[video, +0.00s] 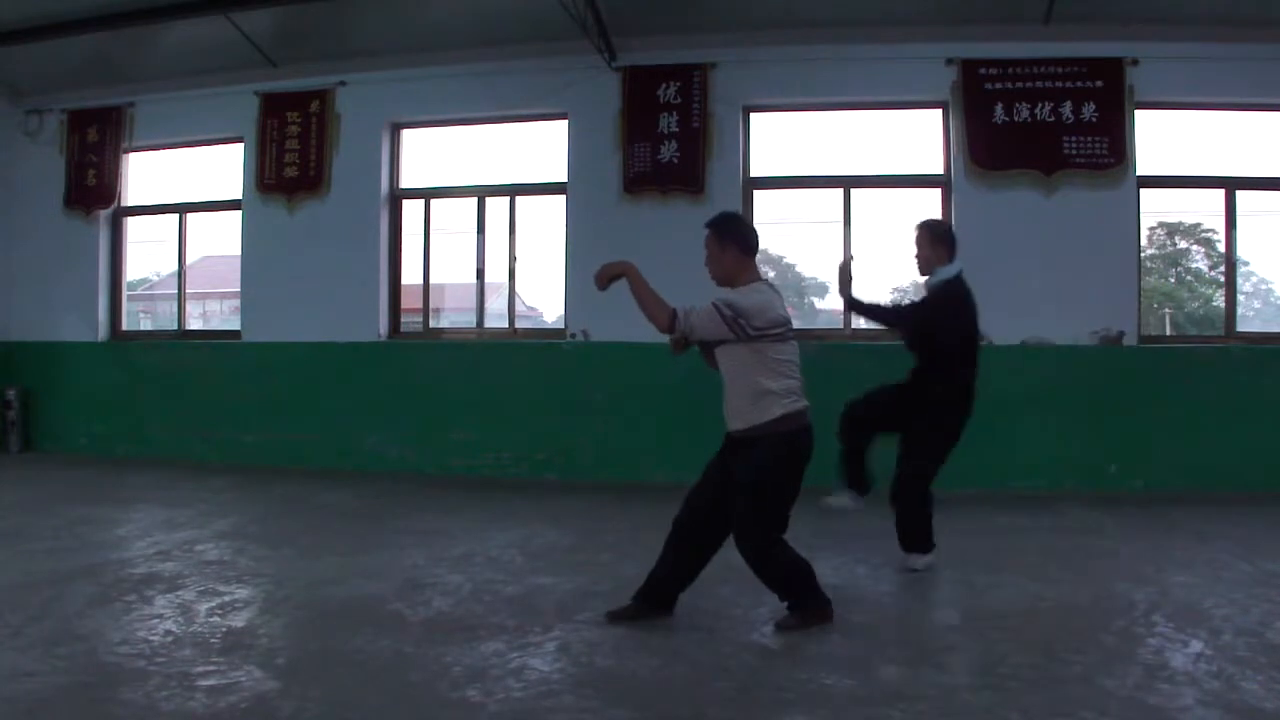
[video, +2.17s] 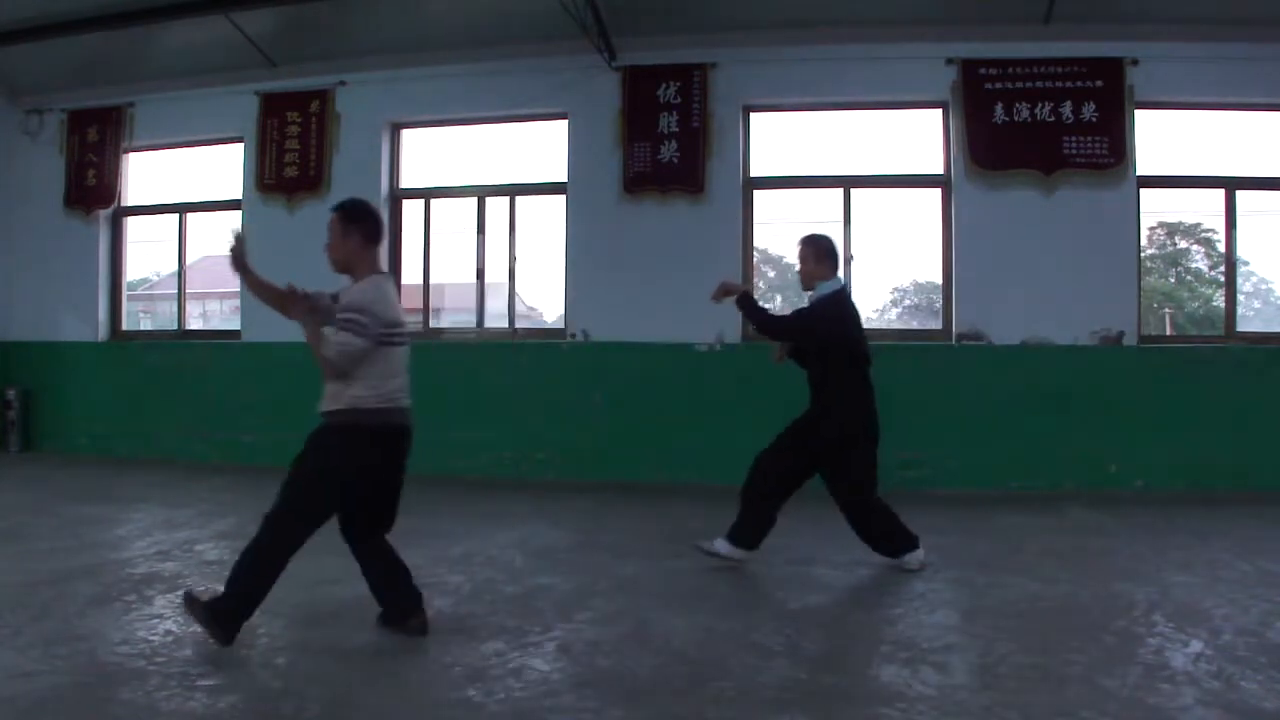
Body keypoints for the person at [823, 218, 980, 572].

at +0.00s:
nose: (916, 253)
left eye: (921, 246)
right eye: (917, 246)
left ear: (938, 249)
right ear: (943, 249)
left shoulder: (949, 294)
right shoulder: (945, 291)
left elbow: (906, 320)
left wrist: (850, 301)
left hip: (940, 402)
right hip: (931, 394)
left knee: (911, 477)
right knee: (858, 415)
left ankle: (919, 551)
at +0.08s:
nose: (904, 259)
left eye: (909, 251)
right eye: (904, 252)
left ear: (930, 253)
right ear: (931, 254)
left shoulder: (938, 299)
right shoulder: (932, 295)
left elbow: (904, 351)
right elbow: (904, 348)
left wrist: (873, 329)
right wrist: (881, 324)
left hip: (918, 409)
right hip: (908, 403)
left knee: (903, 482)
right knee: (843, 454)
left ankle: (918, 554)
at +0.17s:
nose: (893, 261)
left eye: (898, 253)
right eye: (893, 254)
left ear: (919, 254)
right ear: (906, 255)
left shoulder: (945, 305)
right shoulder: (894, 302)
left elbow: (930, 350)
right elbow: (857, 330)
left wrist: (887, 344)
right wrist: (846, 308)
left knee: (895, 488)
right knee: (837, 469)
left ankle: (918, 552)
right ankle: (790, 530)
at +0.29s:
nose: (860, 266)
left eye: (865, 259)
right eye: (860, 259)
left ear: (884, 261)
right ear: (886, 261)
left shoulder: (897, 305)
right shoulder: (881, 303)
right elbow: (839, 337)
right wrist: (807, 309)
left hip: (890, 420)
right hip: (867, 415)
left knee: (880, 498)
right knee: (819, 482)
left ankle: (915, 556)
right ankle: (774, 541)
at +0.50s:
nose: (819, 283)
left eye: (822, 276)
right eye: (819, 276)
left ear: (838, 276)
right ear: (851, 277)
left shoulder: (849, 320)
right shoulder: (848, 315)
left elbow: (796, 326)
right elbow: (839, 367)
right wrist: (812, 353)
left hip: (874, 432)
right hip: (847, 427)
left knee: (855, 518)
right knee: (788, 484)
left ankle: (905, 547)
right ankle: (759, 546)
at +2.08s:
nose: (809, 264)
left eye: (814, 257)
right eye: (810, 258)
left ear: (832, 260)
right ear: (839, 261)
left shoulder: (840, 305)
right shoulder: (845, 301)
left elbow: (788, 324)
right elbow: (837, 354)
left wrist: (750, 292)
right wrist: (802, 347)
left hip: (849, 416)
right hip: (839, 412)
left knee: (857, 491)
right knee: (779, 469)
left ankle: (908, 548)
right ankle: (757, 544)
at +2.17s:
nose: (798, 269)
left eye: (803, 261)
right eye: (799, 261)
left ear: (819, 263)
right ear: (828, 264)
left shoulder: (830, 308)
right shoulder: (835, 305)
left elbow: (776, 328)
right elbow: (829, 357)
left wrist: (743, 296)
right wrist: (793, 351)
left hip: (839, 417)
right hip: (837, 413)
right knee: (772, 470)